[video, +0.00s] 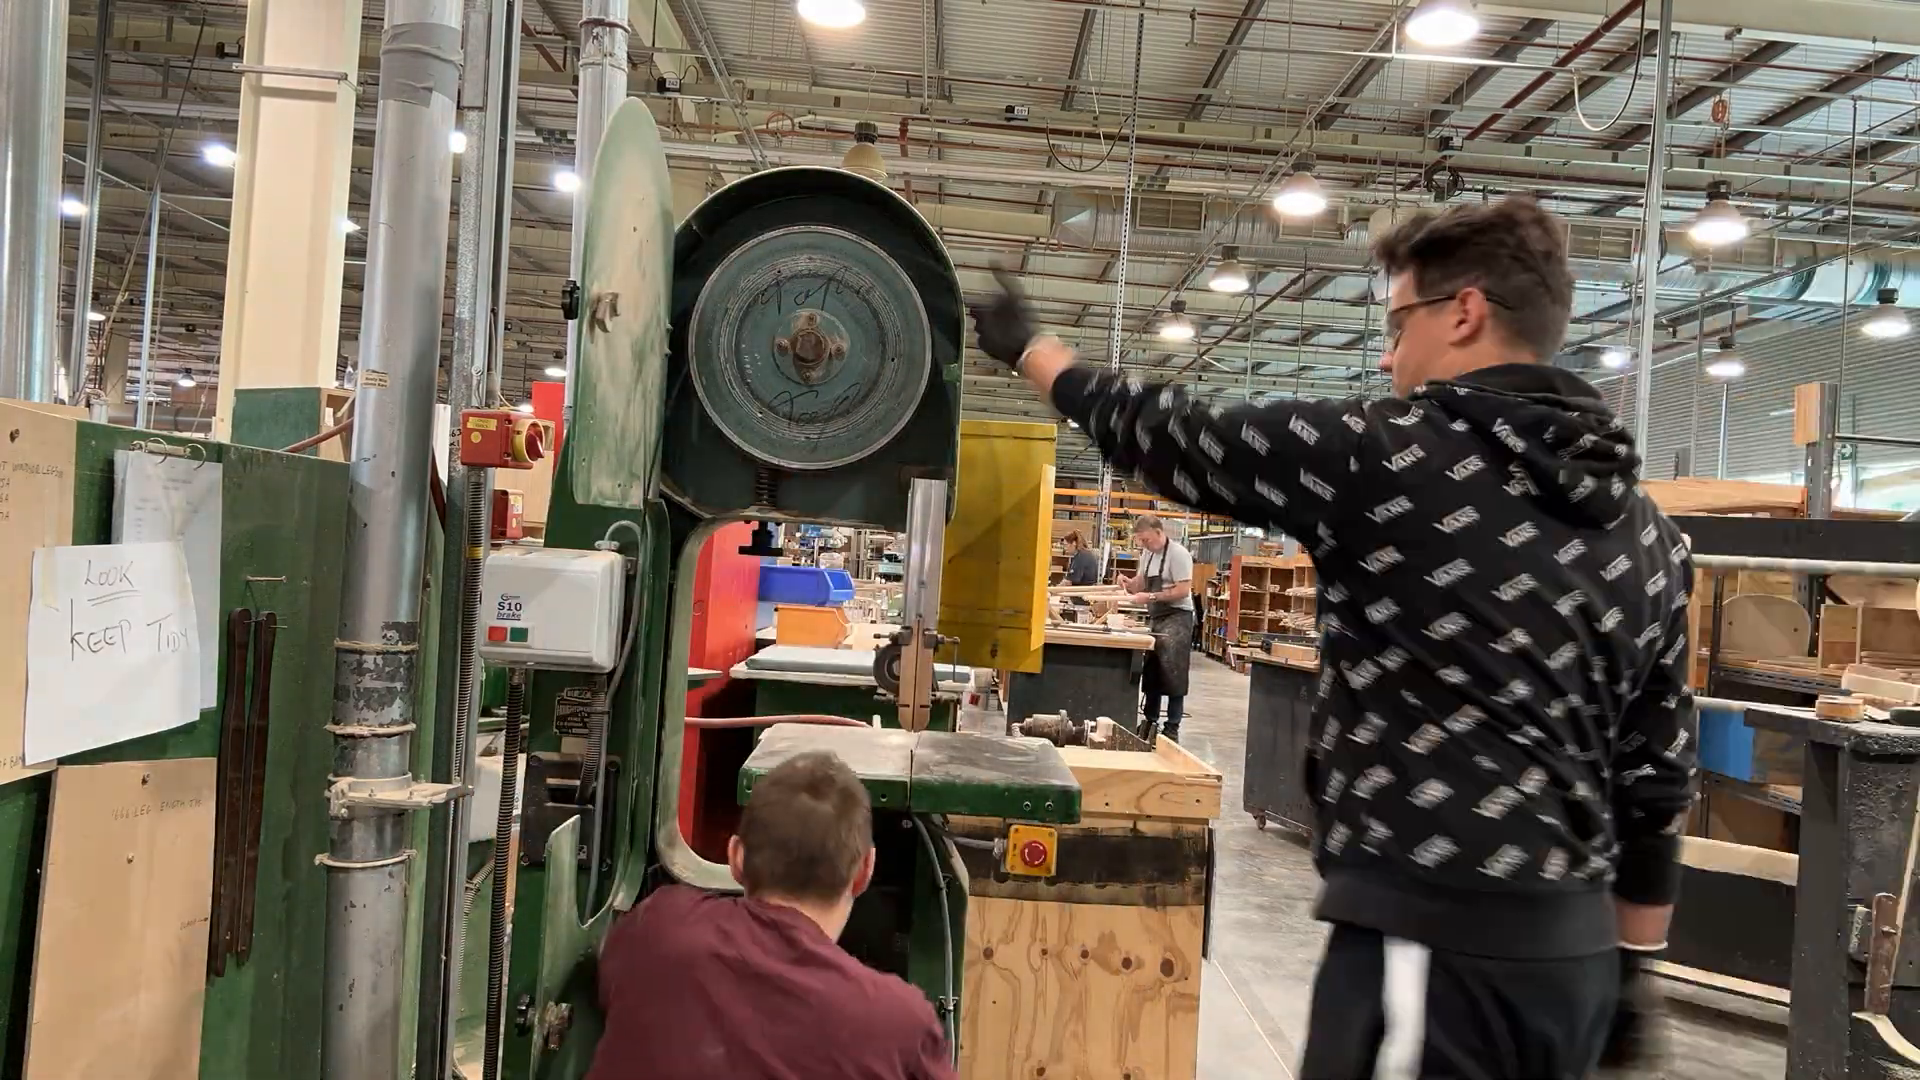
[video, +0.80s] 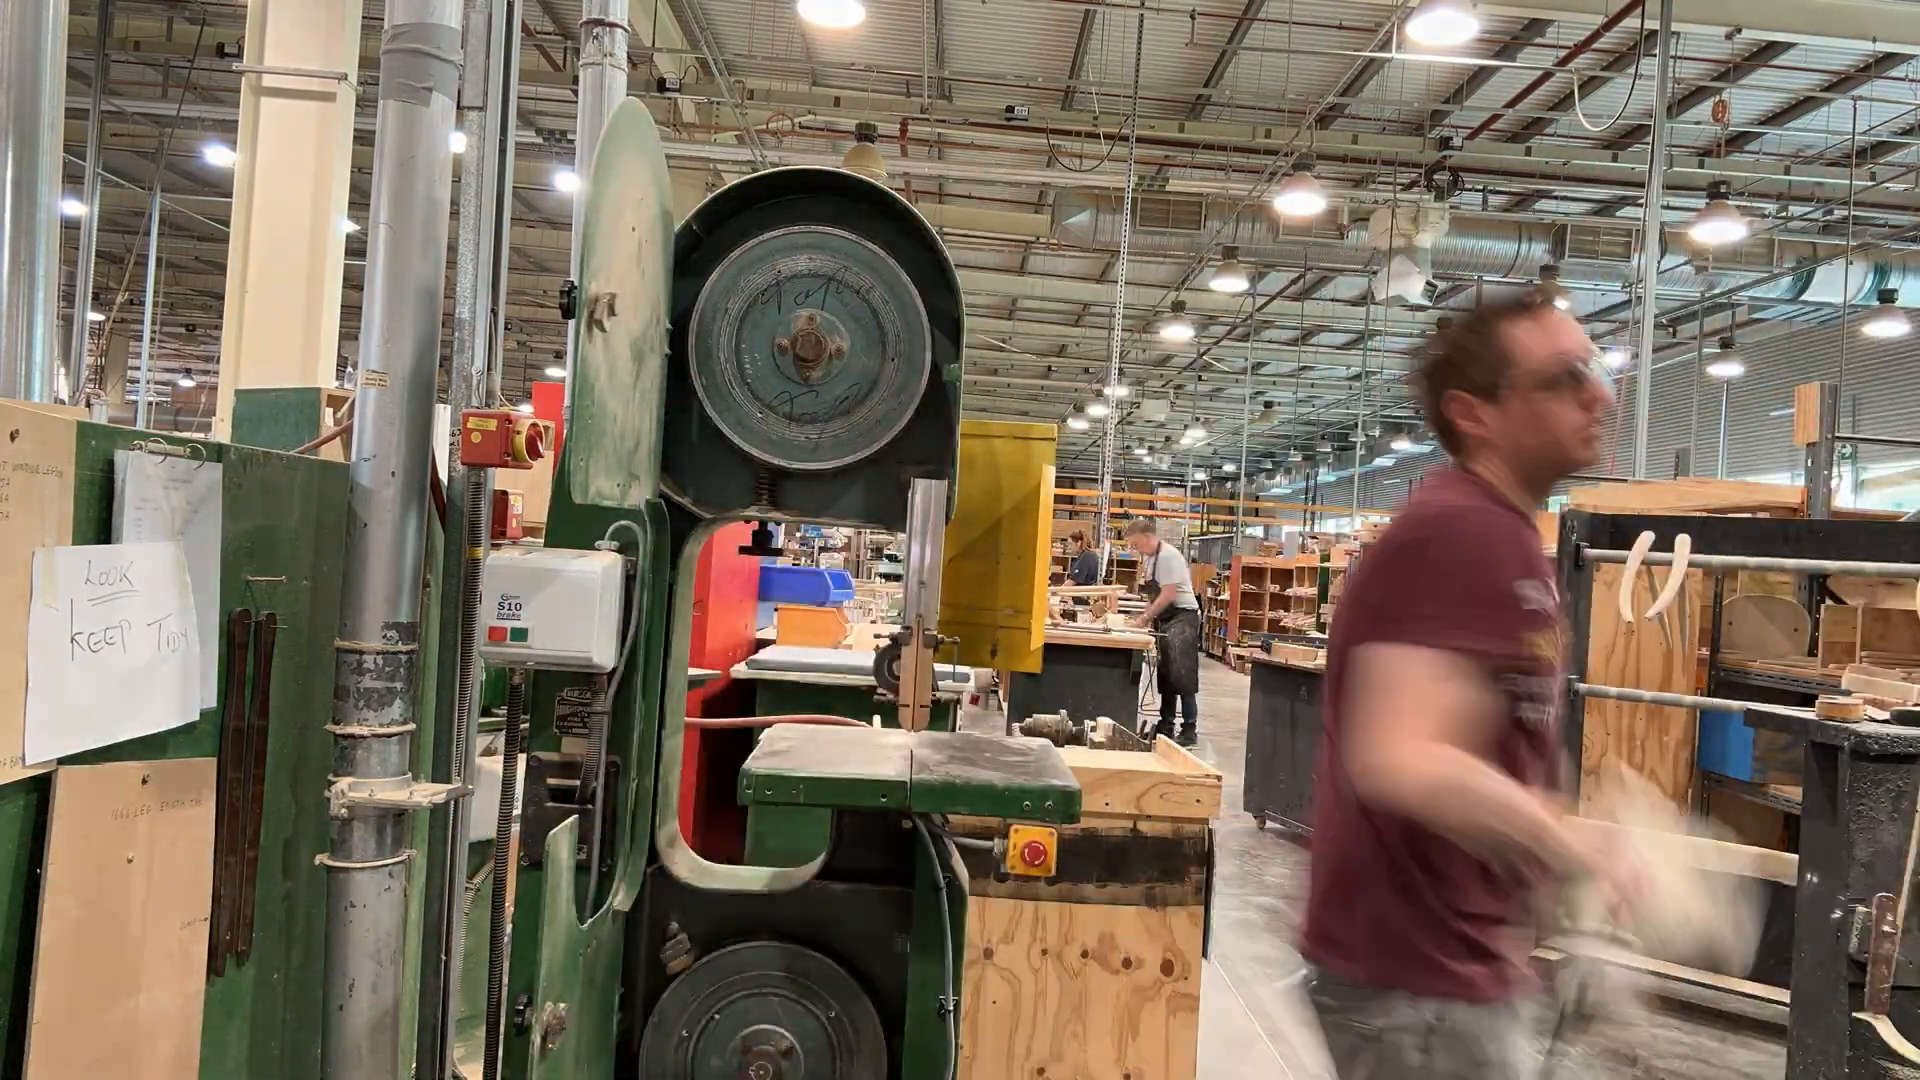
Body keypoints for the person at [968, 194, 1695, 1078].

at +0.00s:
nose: (1388, 355)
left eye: (1399, 322)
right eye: (1390, 326)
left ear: (1468, 314)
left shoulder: (1383, 452)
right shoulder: (1649, 537)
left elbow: (1174, 435)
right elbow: (1654, 773)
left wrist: (1031, 349)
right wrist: (1636, 955)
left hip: (1425, 959)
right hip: (1576, 959)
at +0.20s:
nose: (1398, 382)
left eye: (1406, 347)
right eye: (1396, 353)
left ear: (1480, 329)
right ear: (1495, 334)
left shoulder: (1441, 444)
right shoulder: (1681, 538)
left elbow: (1220, 401)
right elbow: (1678, 768)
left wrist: (1069, 290)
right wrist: (1636, 926)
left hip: (1447, 962)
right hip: (1586, 967)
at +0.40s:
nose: (1596, 391)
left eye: (1600, 372)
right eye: (1600, 371)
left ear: (1444, 340)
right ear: (1573, 377)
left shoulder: (1279, 505)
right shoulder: (1604, 561)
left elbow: (1242, 741)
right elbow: (1648, 803)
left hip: (1263, 1026)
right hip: (1478, 1037)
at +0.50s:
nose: (1607, 443)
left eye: (1607, 416)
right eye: (1586, 417)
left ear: (1480, 423)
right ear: (1488, 418)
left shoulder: (1334, 542)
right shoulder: (1535, 558)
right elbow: (1577, 813)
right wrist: (1789, 845)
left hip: (1372, 992)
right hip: (1518, 1009)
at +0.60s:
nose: (1558, 657)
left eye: (1566, 636)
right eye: (1562, 628)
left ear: (1461, 577)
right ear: (1528, 591)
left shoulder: (1342, 616)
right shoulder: (1510, 656)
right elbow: (1632, 898)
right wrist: (1570, 1061)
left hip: (1168, 951)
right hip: (1302, 984)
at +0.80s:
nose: (1599, 398)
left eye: (1591, 372)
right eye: (1562, 381)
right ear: (1473, 415)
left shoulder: (1494, 525)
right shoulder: (1462, 528)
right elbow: (1394, 755)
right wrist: (1574, 843)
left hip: (1455, 972)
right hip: (1418, 987)